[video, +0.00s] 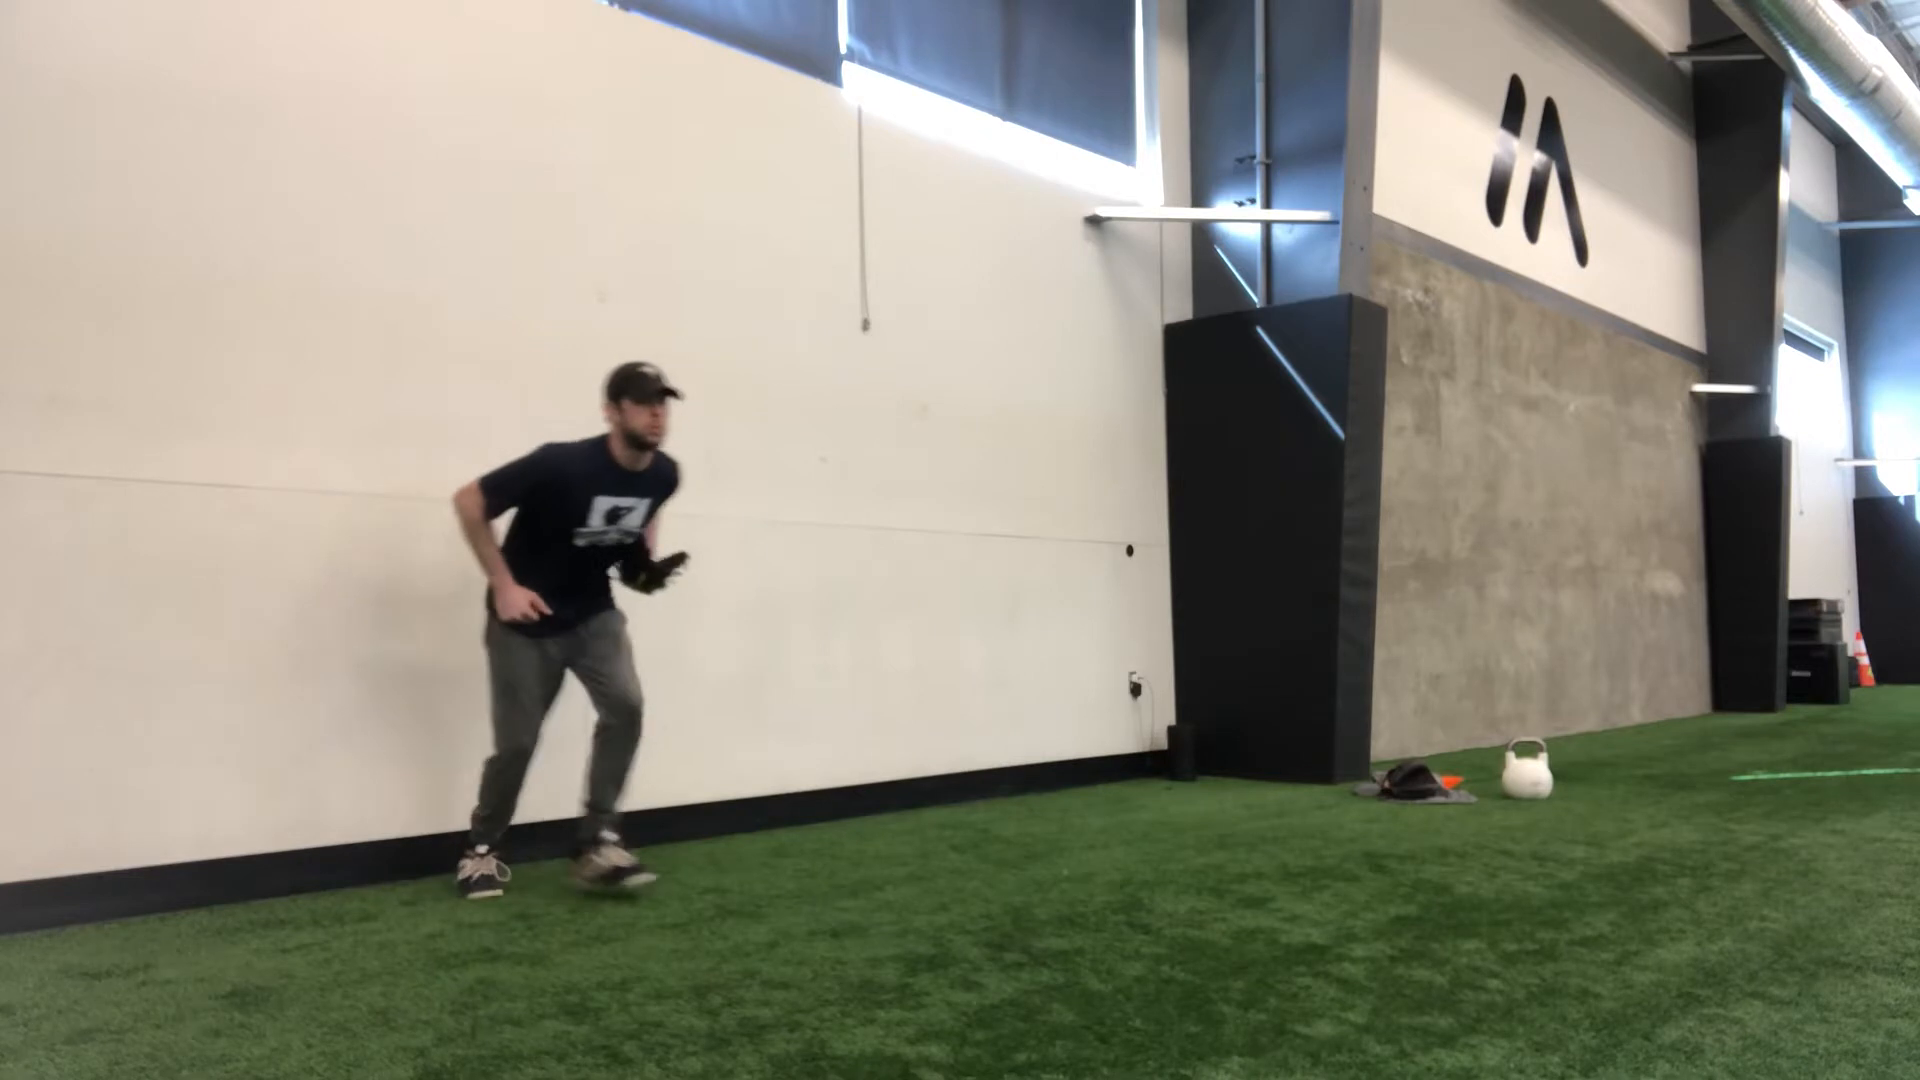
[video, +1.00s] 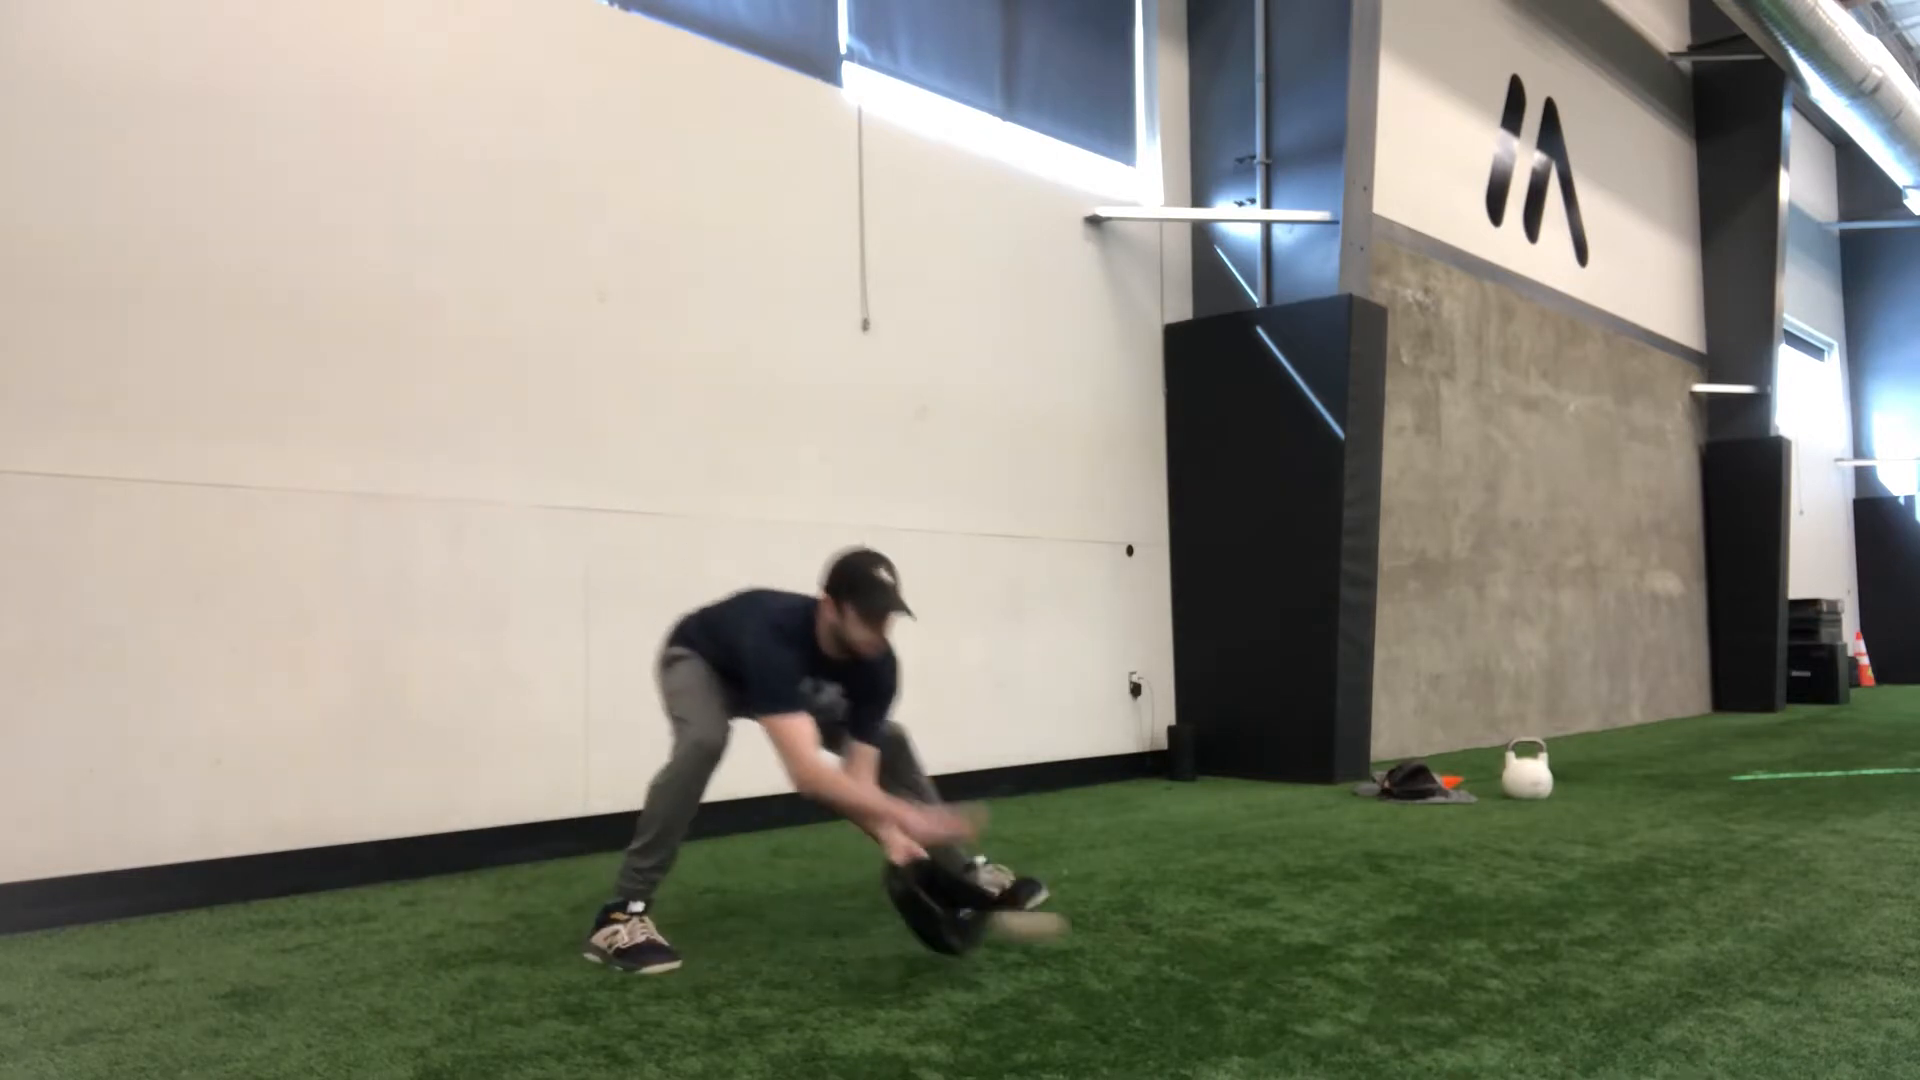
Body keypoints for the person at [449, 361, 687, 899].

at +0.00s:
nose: (657, 415)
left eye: (663, 404)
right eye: (643, 403)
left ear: (668, 411)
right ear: (613, 410)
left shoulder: (662, 475)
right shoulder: (560, 465)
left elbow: (645, 518)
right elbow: (470, 501)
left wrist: (643, 563)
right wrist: (503, 584)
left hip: (591, 613)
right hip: (525, 618)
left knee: (624, 709)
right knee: (516, 743)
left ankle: (598, 842)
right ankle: (482, 852)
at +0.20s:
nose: (704, 428)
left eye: (709, 417)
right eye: (690, 416)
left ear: (714, 424)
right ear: (657, 422)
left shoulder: (707, 500)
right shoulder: (602, 477)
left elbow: (697, 573)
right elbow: (506, 512)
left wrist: (708, 585)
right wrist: (529, 601)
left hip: (626, 622)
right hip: (564, 618)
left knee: (659, 736)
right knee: (597, 728)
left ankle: (625, 866)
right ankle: (527, 826)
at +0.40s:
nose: (740, 427)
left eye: (745, 415)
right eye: (726, 414)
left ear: (749, 419)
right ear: (690, 416)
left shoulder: (739, 496)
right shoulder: (631, 473)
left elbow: (740, 582)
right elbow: (524, 522)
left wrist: (752, 615)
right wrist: (559, 613)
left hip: (648, 613)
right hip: (584, 608)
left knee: (703, 724)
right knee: (620, 723)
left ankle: (622, 828)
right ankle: (624, 909)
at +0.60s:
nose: (768, 483)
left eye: (773, 470)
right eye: (756, 470)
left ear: (776, 468)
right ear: (716, 468)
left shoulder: (773, 530)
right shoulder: (662, 526)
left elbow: (782, 630)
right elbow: (594, 634)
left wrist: (792, 678)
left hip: (676, 634)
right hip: (607, 636)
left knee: (770, 680)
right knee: (668, 732)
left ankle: (628, 775)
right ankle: (622, 914)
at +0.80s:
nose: (817, 556)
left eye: (823, 542)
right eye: (805, 542)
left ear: (829, 535)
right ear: (767, 531)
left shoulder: (816, 590)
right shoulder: (708, 573)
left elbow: (812, 704)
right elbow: (720, 704)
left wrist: (835, 786)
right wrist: (832, 719)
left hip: (719, 639)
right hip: (638, 633)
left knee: (818, 720)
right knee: (669, 730)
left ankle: (904, 837)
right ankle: (622, 913)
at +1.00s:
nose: (880, 635)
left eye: (887, 622)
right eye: (870, 621)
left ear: (892, 615)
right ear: (831, 610)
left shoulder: (876, 663)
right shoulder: (774, 636)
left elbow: (861, 777)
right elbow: (807, 774)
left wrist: (891, 837)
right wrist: (911, 817)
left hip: (784, 678)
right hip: (701, 660)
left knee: (893, 741)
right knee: (702, 741)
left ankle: (963, 875)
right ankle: (623, 916)